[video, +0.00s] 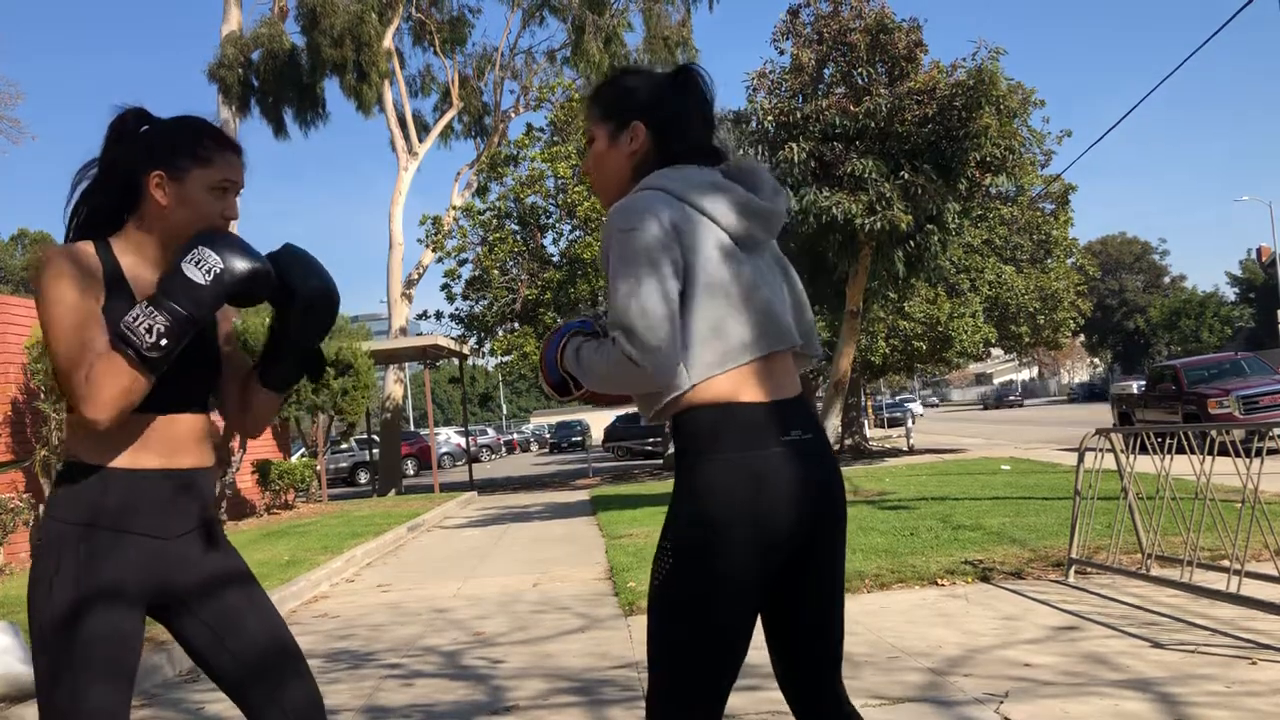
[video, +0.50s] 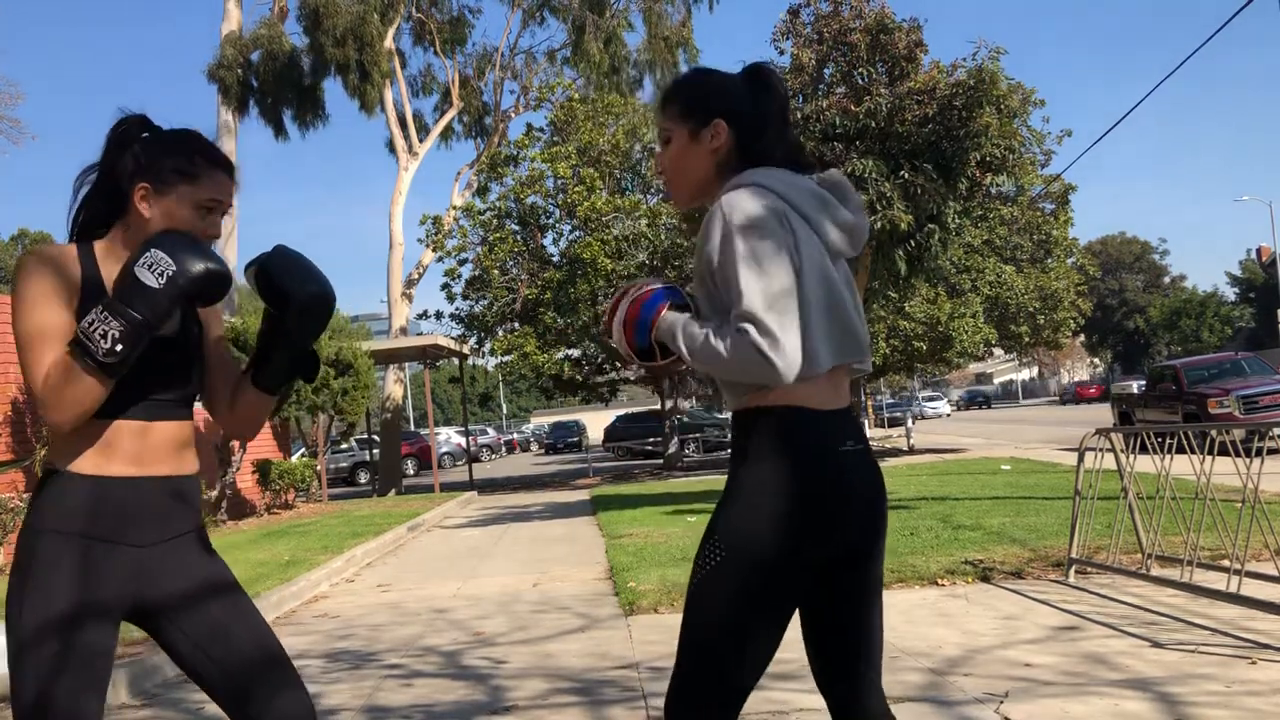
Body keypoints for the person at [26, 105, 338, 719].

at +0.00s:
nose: (234, 212)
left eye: (237, 194)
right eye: (222, 191)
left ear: (168, 190)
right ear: (161, 188)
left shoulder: (207, 294)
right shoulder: (73, 265)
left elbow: (247, 416)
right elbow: (98, 401)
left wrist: (296, 336)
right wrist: (185, 299)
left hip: (195, 532)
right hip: (95, 531)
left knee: (296, 705)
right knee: (85, 710)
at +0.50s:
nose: (218, 231)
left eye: (224, 216)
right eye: (206, 211)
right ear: (145, 199)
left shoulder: (198, 295)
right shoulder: (51, 269)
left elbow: (237, 419)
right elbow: (59, 408)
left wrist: (287, 339)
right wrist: (131, 310)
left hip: (178, 539)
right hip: (73, 540)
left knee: (286, 707)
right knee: (55, 709)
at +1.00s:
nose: (218, 212)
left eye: (220, 195)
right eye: (204, 192)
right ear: (142, 192)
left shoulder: (210, 289)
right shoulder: (56, 265)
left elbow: (222, 429)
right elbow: (27, 411)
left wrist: (275, 360)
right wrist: (109, 321)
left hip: (183, 535)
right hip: (74, 536)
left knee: (284, 708)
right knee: (57, 710)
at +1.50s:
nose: (204, 227)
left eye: (206, 211)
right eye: (190, 207)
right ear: (127, 205)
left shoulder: (193, 297)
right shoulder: (41, 277)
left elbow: (252, 425)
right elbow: (49, 422)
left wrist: (276, 340)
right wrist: (108, 317)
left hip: (190, 541)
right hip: (82, 546)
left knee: (323, 697)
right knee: (70, 709)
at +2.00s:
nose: (225, 228)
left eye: (231, 211)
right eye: (213, 208)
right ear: (148, 201)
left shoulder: (224, 290)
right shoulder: (66, 282)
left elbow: (272, 420)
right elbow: (68, 434)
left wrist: (287, 317)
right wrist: (112, 323)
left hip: (215, 539)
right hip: (108, 541)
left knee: (326, 706)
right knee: (78, 709)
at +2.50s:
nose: (213, 215)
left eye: (216, 198)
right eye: (200, 196)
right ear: (134, 193)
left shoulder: (214, 282)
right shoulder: (56, 279)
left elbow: (291, 389)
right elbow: (47, 429)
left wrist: (297, 310)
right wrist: (94, 319)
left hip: (215, 531)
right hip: (107, 536)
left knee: (318, 707)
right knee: (84, 711)